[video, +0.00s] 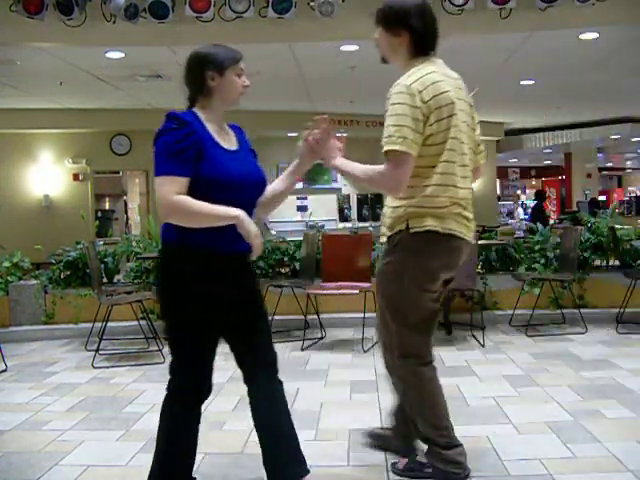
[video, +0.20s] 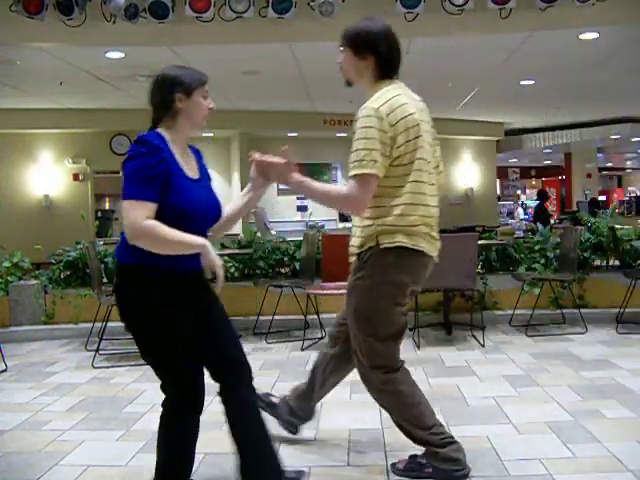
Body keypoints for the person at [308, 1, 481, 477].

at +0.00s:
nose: (377, 43)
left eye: (381, 33)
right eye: (377, 34)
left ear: (403, 36)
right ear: (417, 36)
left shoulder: (409, 87)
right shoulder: (456, 87)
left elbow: (393, 178)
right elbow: (476, 169)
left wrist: (337, 162)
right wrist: (427, 186)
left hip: (419, 235)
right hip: (453, 235)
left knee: (404, 346)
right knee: (404, 336)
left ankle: (445, 458)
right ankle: (402, 432)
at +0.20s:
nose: (339, 61)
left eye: (344, 53)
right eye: (341, 52)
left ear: (364, 57)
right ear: (380, 58)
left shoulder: (376, 111)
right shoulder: (412, 105)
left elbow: (357, 199)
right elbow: (417, 186)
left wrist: (294, 179)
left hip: (388, 246)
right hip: (415, 245)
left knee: (377, 360)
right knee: (347, 336)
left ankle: (444, 454)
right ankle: (297, 407)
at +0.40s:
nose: (297, 62)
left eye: (301, 54)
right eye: (299, 54)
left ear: (320, 60)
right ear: (338, 61)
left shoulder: (328, 111)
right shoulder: (368, 108)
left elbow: (319, 196)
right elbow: (390, 182)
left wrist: (258, 191)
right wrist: (337, 185)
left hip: (343, 243)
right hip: (371, 241)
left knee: (363, 351)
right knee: (319, 340)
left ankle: (439, 445)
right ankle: (274, 421)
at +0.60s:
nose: (256, 61)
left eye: (260, 53)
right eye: (258, 52)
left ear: (279, 56)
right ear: (296, 57)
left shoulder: (280, 104)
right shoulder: (324, 103)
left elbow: (276, 182)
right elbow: (343, 172)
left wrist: (224, 182)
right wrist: (296, 173)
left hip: (292, 234)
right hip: (321, 234)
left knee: (306, 330)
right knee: (288, 329)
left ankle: (385, 418)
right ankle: (268, 421)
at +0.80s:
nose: (223, 69)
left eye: (227, 62)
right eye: (224, 62)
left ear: (244, 65)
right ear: (261, 66)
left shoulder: (247, 111)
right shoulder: (292, 109)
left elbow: (244, 186)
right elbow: (309, 174)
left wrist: (189, 186)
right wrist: (266, 178)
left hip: (262, 233)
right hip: (296, 235)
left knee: (235, 319)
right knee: (265, 326)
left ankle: (294, 405)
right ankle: (265, 421)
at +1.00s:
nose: (198, 88)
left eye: (201, 80)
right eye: (198, 80)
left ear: (218, 82)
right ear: (236, 82)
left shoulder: (218, 126)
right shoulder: (270, 124)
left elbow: (212, 198)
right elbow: (287, 184)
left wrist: (162, 196)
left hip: (232, 243)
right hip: (271, 247)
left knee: (199, 322)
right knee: (249, 333)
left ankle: (197, 410)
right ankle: (263, 422)